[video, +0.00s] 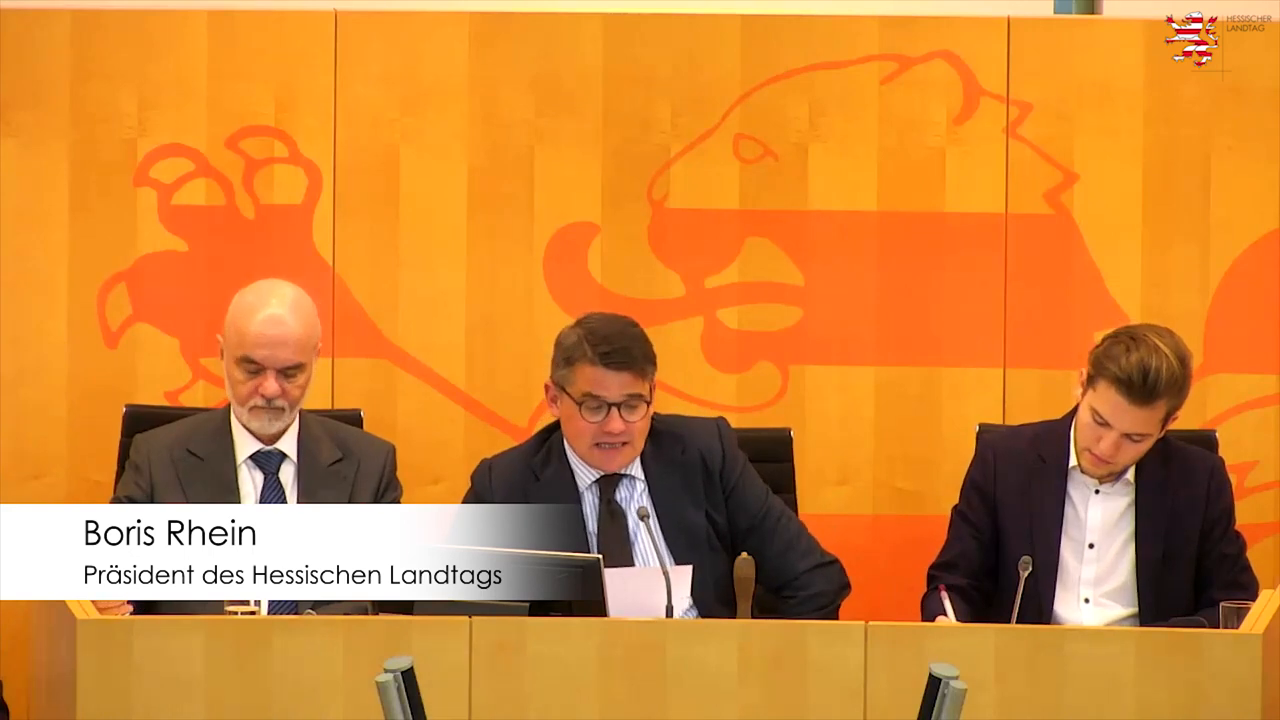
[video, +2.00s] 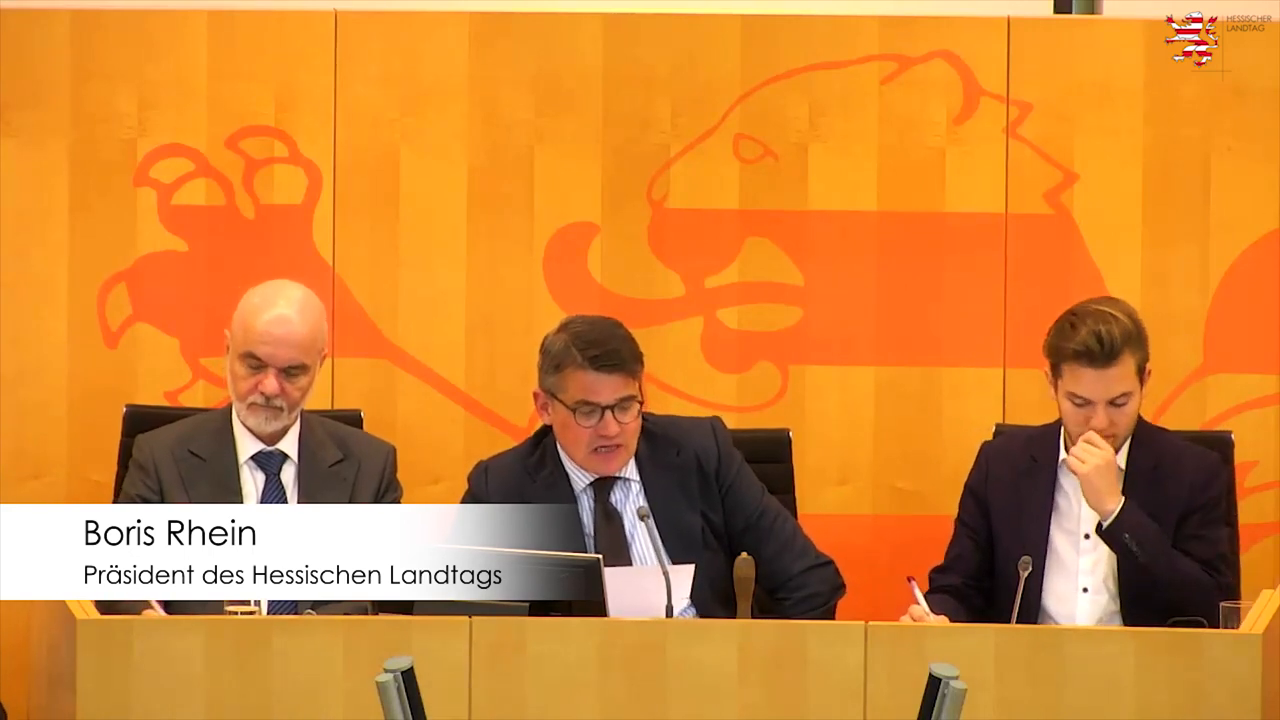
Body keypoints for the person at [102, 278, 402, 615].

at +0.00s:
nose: (271, 390)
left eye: (291, 372)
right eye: (252, 369)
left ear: (315, 357)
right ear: (222, 353)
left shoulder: (370, 463)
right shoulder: (154, 458)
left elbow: (392, 594)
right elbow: (114, 568)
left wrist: (308, 631)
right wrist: (107, 604)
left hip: (328, 668)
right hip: (190, 666)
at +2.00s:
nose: (270, 388)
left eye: (293, 372)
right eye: (254, 365)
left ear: (320, 363)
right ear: (227, 350)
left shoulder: (371, 463)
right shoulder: (158, 456)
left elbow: (383, 587)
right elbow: (117, 575)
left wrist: (311, 633)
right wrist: (147, 618)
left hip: (325, 665)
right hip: (195, 660)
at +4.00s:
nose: (273, 392)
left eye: (296, 376)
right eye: (256, 369)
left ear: (322, 363)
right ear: (228, 351)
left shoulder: (372, 464)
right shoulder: (159, 455)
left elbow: (391, 588)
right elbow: (116, 575)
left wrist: (314, 635)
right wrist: (144, 615)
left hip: (327, 667)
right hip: (195, 661)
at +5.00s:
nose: (274, 392)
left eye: (296, 376)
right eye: (257, 368)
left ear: (322, 362)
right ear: (229, 349)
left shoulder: (372, 464)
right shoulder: (160, 456)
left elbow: (391, 594)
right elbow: (125, 578)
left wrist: (316, 629)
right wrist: (146, 620)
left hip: (331, 675)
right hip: (199, 670)